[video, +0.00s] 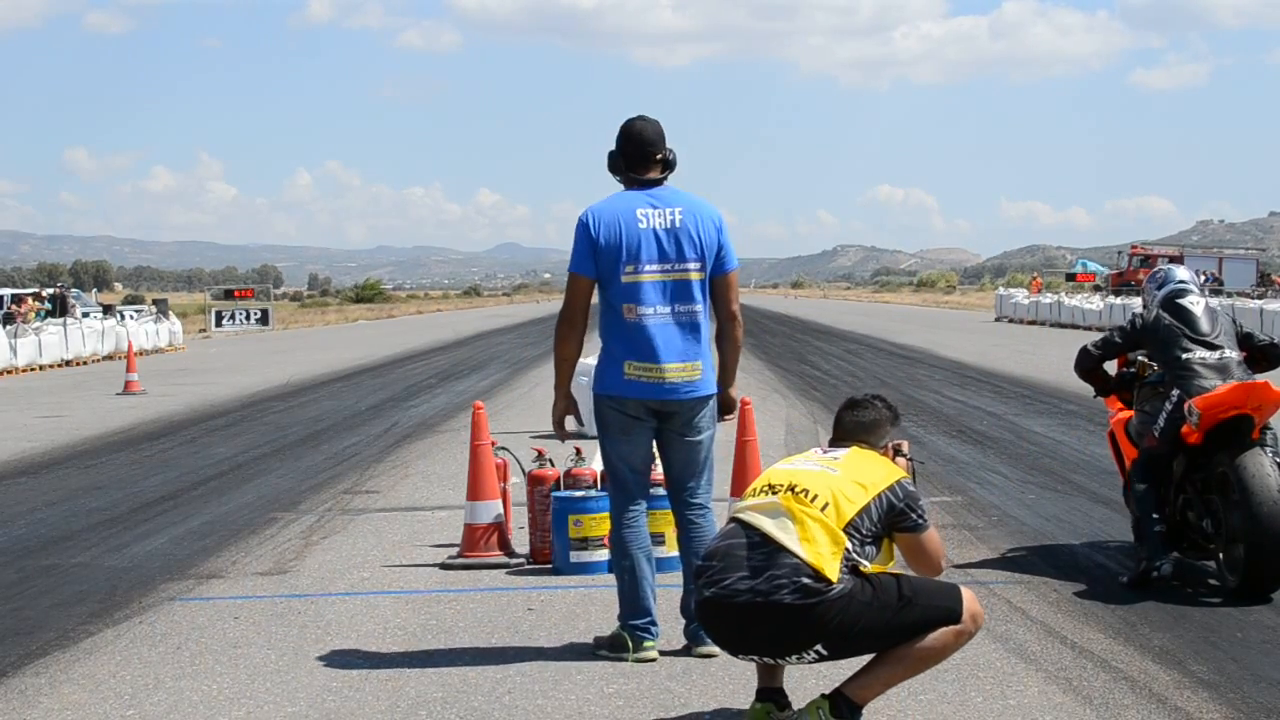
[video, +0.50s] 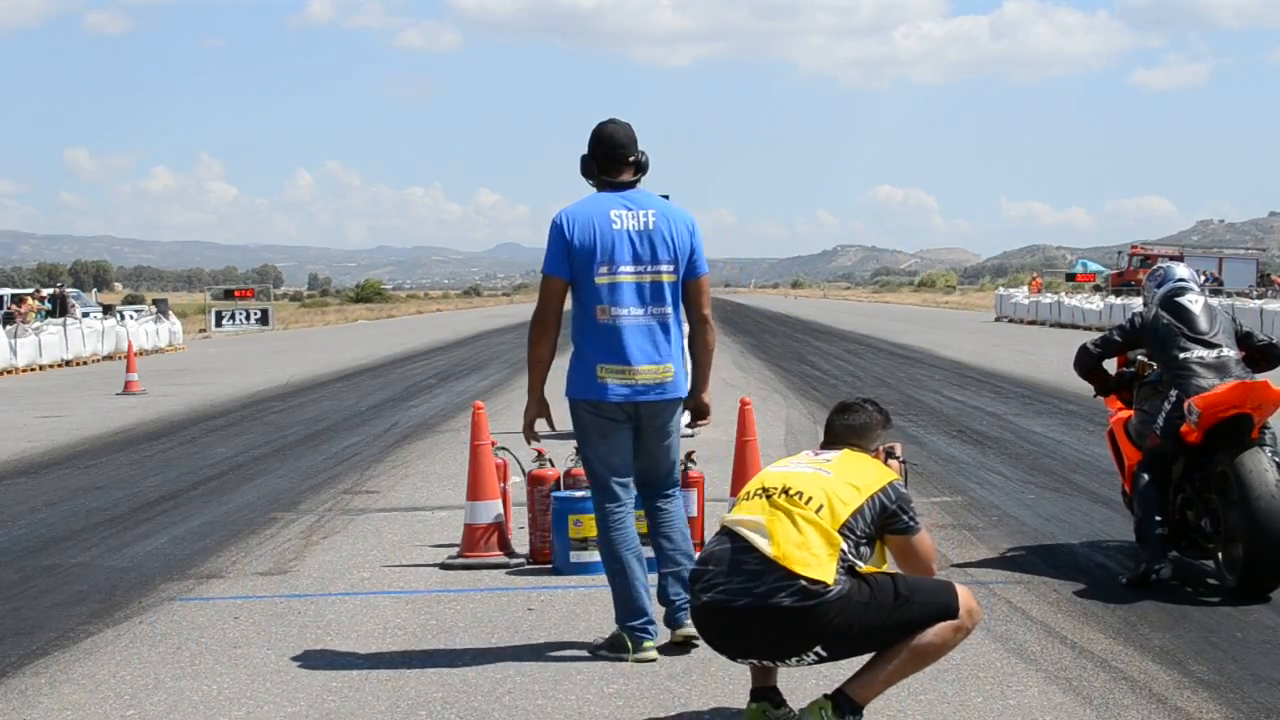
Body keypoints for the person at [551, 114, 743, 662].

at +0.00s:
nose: (617, 165)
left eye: (617, 158)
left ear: (617, 164)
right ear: (668, 162)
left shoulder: (598, 220)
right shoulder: (707, 217)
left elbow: (574, 314)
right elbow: (730, 313)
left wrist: (563, 388)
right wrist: (727, 382)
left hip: (623, 386)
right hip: (692, 384)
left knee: (629, 505)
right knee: (695, 504)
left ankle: (639, 631)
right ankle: (704, 629)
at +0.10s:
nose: (615, 165)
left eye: (614, 158)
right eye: (656, 156)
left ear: (613, 164)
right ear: (664, 162)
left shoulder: (594, 220)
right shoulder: (703, 218)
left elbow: (570, 315)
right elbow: (727, 314)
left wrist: (559, 389)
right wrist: (727, 384)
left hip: (619, 386)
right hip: (688, 384)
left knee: (627, 505)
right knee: (694, 502)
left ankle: (639, 632)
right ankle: (704, 629)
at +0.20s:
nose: (613, 167)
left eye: (609, 160)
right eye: (652, 157)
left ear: (608, 165)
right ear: (659, 163)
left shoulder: (589, 221)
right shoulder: (698, 218)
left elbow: (565, 314)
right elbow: (723, 313)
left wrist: (555, 388)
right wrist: (727, 384)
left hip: (614, 386)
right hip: (683, 385)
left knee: (624, 506)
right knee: (691, 502)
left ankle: (639, 632)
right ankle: (704, 628)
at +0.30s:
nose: (611, 167)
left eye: (605, 160)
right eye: (644, 158)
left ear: (602, 165)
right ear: (653, 163)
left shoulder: (583, 221)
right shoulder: (692, 219)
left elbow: (559, 315)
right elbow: (717, 315)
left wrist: (549, 388)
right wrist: (722, 384)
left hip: (607, 386)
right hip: (676, 385)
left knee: (621, 506)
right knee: (686, 501)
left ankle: (639, 632)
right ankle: (703, 626)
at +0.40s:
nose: (601, 167)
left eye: (598, 161)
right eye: (638, 159)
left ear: (596, 166)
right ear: (647, 164)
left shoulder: (577, 222)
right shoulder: (685, 220)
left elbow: (553, 317)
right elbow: (710, 316)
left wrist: (543, 389)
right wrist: (713, 385)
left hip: (602, 387)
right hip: (670, 385)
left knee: (617, 504)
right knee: (678, 497)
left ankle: (638, 631)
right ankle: (699, 619)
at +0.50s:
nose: (591, 168)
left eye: (590, 162)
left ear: (589, 167)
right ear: (640, 165)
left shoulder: (572, 223)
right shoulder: (679, 221)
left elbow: (547, 316)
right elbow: (701, 317)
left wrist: (536, 391)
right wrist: (701, 386)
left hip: (598, 387)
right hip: (664, 384)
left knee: (614, 503)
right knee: (664, 492)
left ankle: (638, 631)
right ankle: (681, 614)